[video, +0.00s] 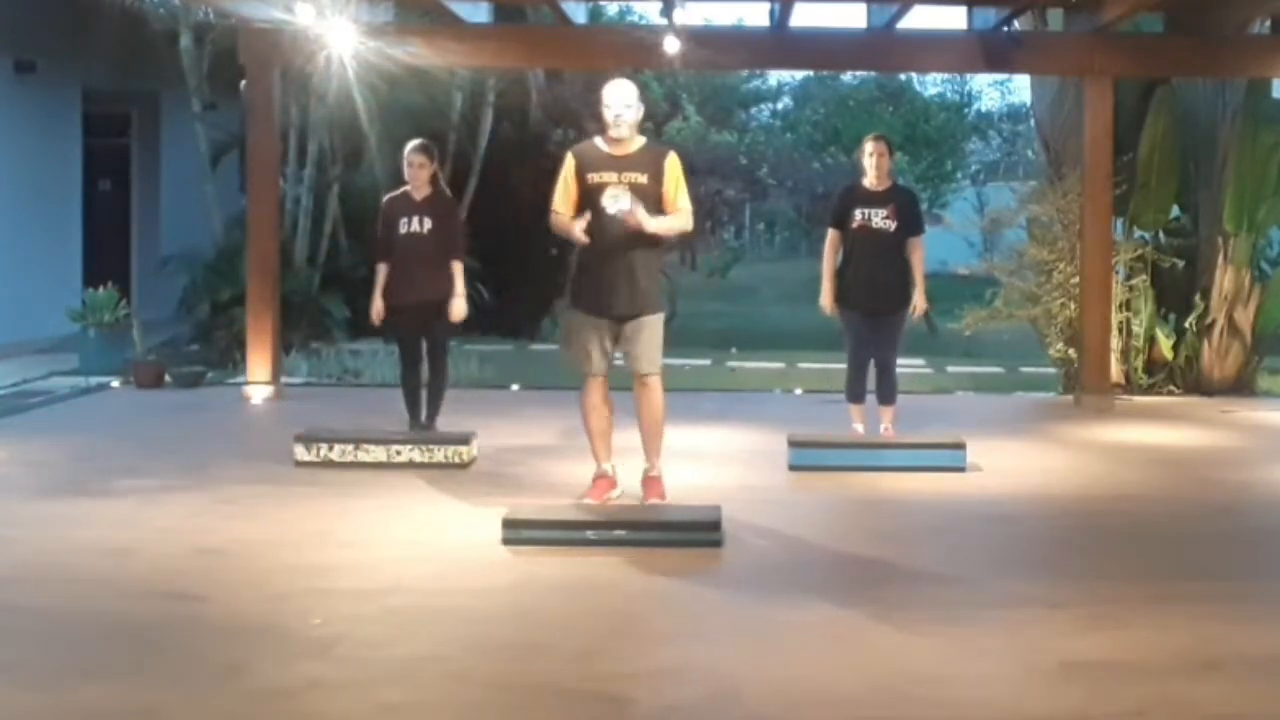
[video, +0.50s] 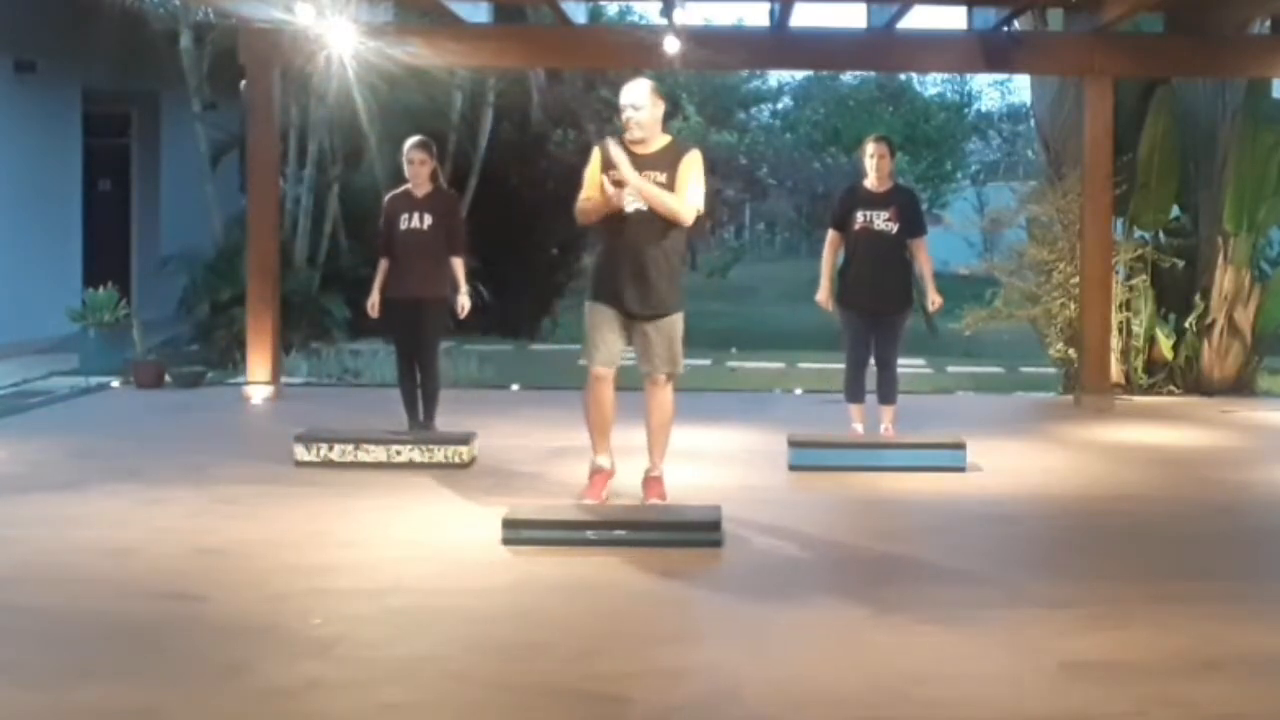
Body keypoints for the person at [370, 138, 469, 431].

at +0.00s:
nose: (414, 171)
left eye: (420, 166)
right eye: (410, 165)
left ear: (433, 168)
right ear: (403, 167)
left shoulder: (446, 204)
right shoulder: (391, 204)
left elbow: (455, 254)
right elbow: (384, 254)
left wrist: (459, 293)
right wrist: (377, 294)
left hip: (437, 297)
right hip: (403, 297)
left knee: (437, 361)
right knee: (410, 362)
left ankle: (431, 418)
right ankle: (414, 419)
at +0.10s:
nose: (413, 169)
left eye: (420, 163)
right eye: (409, 163)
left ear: (433, 165)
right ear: (403, 165)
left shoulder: (447, 200)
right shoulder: (391, 200)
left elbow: (455, 251)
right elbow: (381, 250)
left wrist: (466, 291)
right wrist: (370, 289)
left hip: (438, 295)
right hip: (402, 295)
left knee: (435, 360)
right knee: (409, 360)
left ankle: (430, 419)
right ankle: (414, 420)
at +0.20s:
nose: (413, 168)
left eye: (419, 162)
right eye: (409, 161)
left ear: (433, 163)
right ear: (403, 163)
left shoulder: (447, 199)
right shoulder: (392, 199)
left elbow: (459, 247)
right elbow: (380, 247)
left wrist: (470, 287)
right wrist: (367, 285)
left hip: (436, 293)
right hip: (400, 293)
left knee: (432, 358)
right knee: (407, 359)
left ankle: (429, 420)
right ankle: (413, 420)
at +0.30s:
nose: (414, 168)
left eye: (420, 162)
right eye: (410, 162)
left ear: (433, 164)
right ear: (404, 165)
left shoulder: (447, 200)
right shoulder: (392, 200)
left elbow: (460, 247)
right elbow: (381, 248)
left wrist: (471, 288)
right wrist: (368, 287)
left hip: (435, 296)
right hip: (399, 295)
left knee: (429, 359)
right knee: (404, 360)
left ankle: (429, 421)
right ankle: (413, 421)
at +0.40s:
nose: (414, 171)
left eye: (420, 165)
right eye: (409, 165)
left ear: (432, 166)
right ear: (403, 167)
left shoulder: (447, 202)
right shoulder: (392, 202)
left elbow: (459, 251)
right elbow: (383, 252)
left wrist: (468, 291)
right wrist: (372, 290)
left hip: (433, 296)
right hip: (399, 295)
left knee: (427, 359)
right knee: (404, 361)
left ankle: (428, 420)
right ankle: (413, 420)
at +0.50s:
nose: (415, 168)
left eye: (421, 162)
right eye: (410, 162)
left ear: (433, 164)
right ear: (404, 165)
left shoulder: (447, 200)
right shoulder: (393, 201)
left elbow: (455, 249)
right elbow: (386, 251)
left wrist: (462, 289)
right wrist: (376, 290)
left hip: (433, 295)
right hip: (399, 295)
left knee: (428, 359)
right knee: (405, 361)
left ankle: (428, 421)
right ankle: (413, 421)